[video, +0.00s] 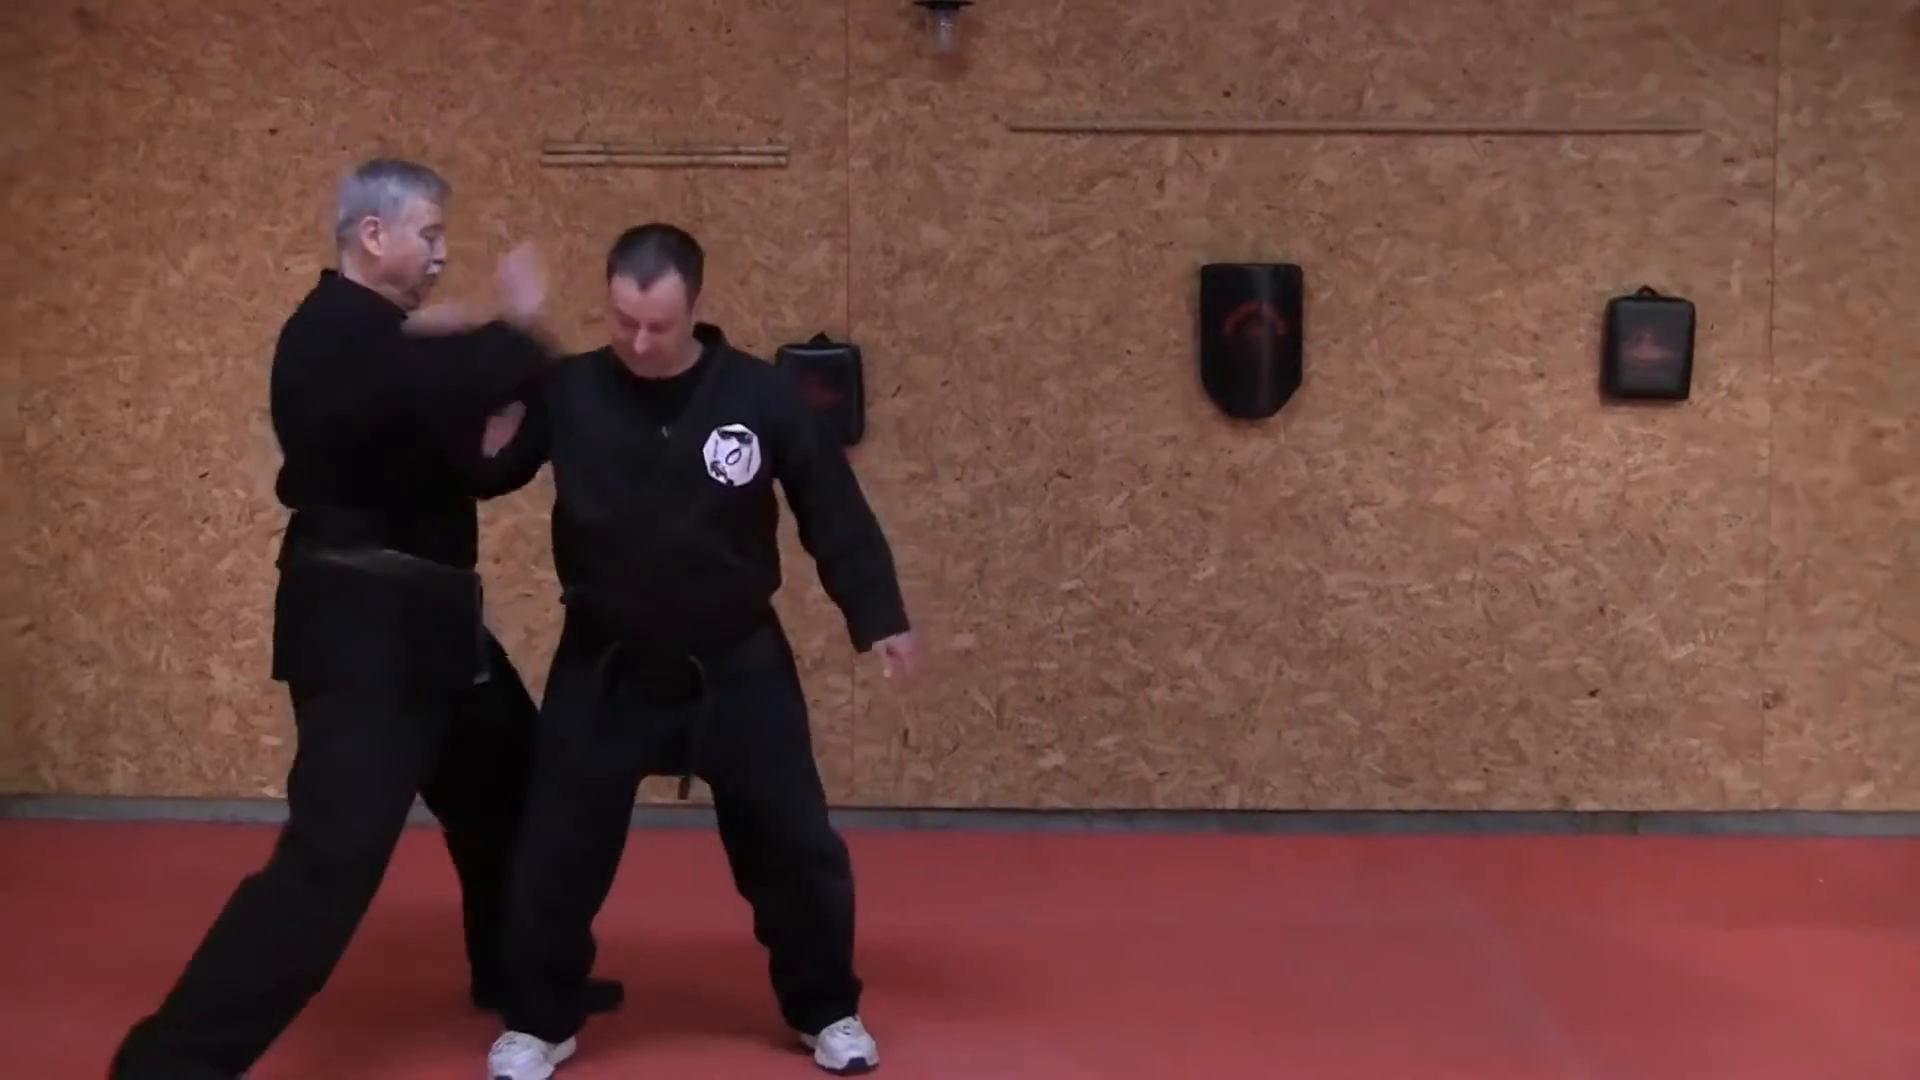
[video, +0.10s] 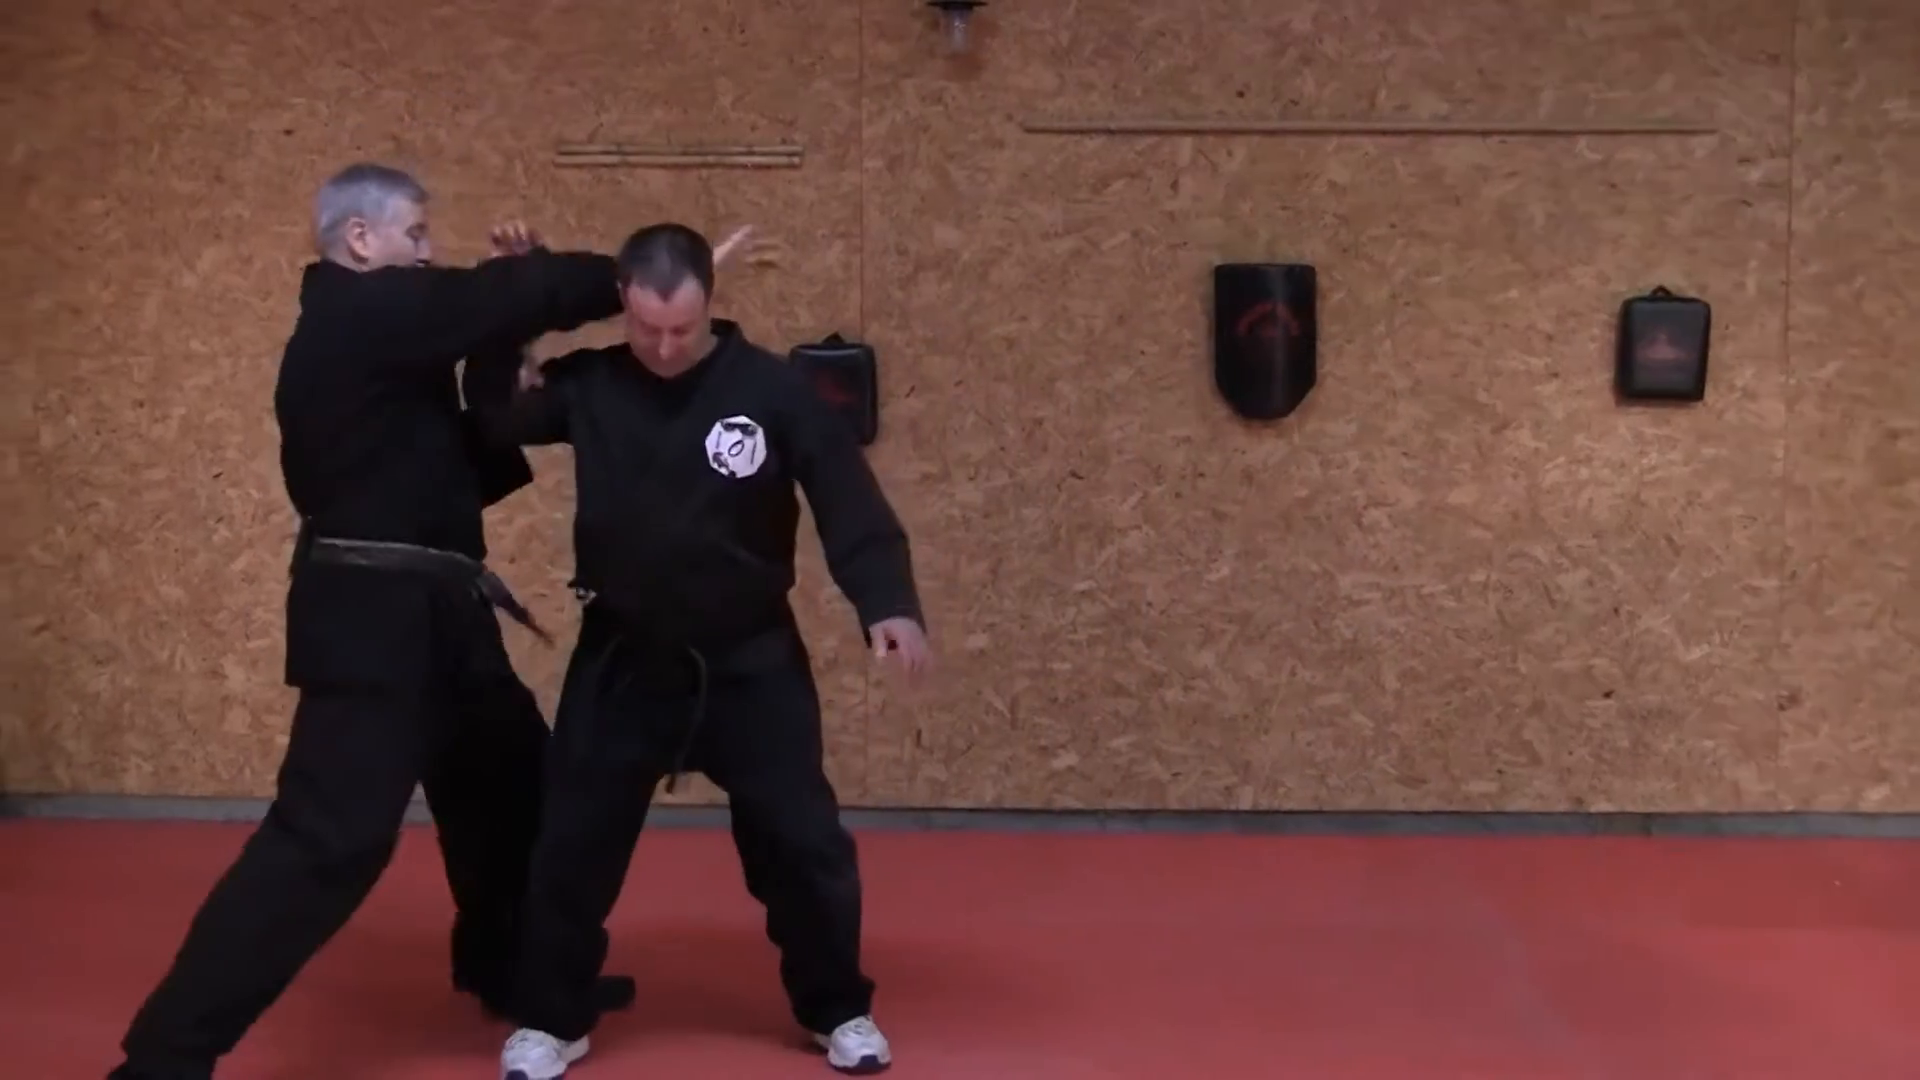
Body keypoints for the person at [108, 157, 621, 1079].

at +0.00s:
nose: (442, 253)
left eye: (443, 236)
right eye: (429, 234)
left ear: (375, 240)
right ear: (369, 235)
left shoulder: (394, 339)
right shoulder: (334, 330)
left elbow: (470, 466)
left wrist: (500, 430)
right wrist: (513, 329)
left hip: (427, 617)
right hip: (360, 618)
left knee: (512, 784)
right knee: (331, 862)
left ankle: (521, 978)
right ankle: (170, 1060)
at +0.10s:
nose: (429, 249)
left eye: (427, 235)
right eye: (414, 234)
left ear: (360, 241)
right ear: (358, 238)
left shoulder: (375, 336)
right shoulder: (356, 309)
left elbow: (453, 478)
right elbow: (509, 298)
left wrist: (519, 406)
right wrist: (650, 277)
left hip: (437, 609)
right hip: (373, 610)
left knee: (509, 777)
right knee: (327, 840)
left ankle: (515, 970)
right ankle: (165, 1056)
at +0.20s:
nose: (436, 252)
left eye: (433, 239)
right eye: (422, 237)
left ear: (364, 246)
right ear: (367, 242)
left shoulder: (365, 341)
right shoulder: (367, 308)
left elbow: (469, 476)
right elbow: (533, 314)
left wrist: (541, 387)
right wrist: (682, 265)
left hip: (432, 616)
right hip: (380, 617)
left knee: (509, 790)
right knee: (332, 849)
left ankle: (539, 979)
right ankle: (170, 1054)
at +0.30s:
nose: (455, 246)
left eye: (452, 230)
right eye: (440, 230)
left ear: (381, 236)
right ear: (384, 233)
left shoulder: (388, 327)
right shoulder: (371, 296)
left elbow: (470, 475)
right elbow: (532, 309)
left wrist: (565, 408)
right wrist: (685, 309)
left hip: (442, 609)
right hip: (382, 608)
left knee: (518, 790)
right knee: (328, 853)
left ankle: (560, 980)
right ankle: (197, 1063)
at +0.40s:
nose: (494, 243)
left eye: (494, 226)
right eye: (479, 225)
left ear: (418, 228)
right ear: (421, 224)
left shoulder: (431, 325)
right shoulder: (394, 289)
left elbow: (516, 451)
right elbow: (557, 304)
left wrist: (621, 386)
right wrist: (691, 307)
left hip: (459, 605)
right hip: (394, 599)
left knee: (563, 752)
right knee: (343, 848)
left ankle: (560, 974)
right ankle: (211, 1061)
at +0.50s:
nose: (538, 237)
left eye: (538, 222)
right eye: (525, 220)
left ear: (472, 219)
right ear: (466, 217)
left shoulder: (491, 302)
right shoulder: (432, 280)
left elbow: (560, 431)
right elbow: (567, 319)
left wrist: (588, 315)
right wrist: (699, 303)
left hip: (489, 607)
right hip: (419, 602)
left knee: (590, 762)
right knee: (358, 848)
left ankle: (528, 992)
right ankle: (230, 1061)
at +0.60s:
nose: (585, 233)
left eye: (590, 218)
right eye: (574, 215)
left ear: (527, 207)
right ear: (517, 202)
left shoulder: (515, 285)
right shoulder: (483, 272)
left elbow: (557, 445)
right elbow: (580, 352)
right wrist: (708, 339)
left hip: (512, 577)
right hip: (462, 574)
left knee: (592, 764)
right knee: (473, 792)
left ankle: (550, 1002)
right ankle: (315, 1002)